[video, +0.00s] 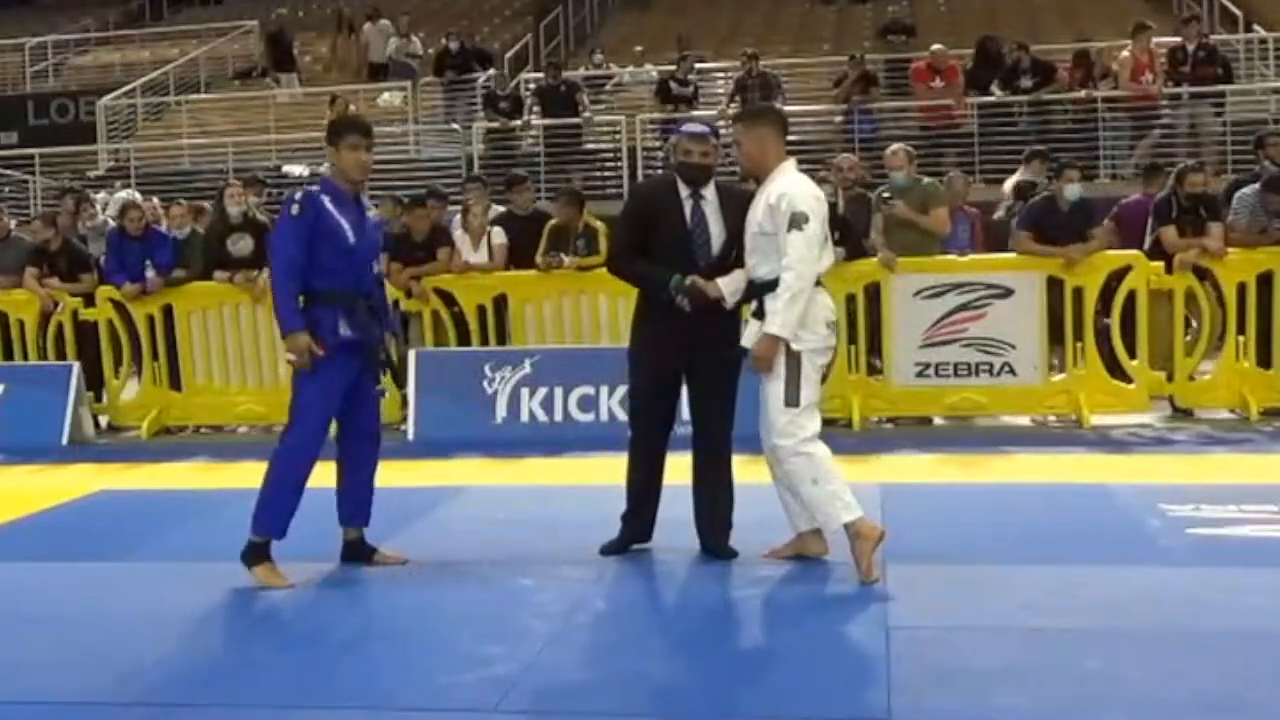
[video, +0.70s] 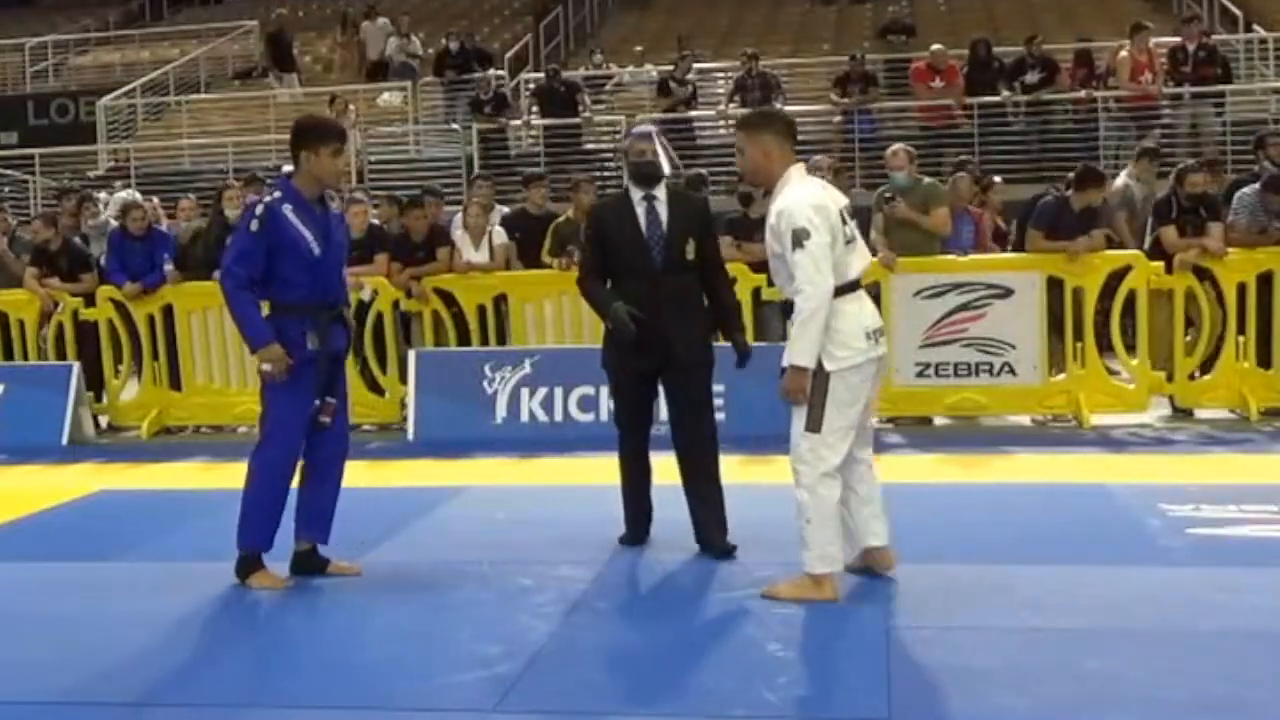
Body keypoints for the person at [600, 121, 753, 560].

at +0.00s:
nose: (695, 159)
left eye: (704, 152)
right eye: (687, 151)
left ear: (717, 156)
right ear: (672, 154)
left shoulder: (739, 201)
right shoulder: (648, 197)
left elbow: (762, 263)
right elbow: (619, 259)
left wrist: (727, 289)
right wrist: (673, 283)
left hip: (717, 337)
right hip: (657, 335)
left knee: (714, 439)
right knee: (647, 435)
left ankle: (715, 535)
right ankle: (636, 528)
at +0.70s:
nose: (645, 160)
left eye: (652, 152)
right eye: (637, 153)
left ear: (665, 158)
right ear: (624, 161)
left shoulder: (693, 208)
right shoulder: (604, 215)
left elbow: (714, 274)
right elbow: (589, 277)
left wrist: (733, 329)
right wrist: (609, 306)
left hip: (687, 339)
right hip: (630, 343)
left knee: (698, 438)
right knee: (632, 439)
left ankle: (713, 535)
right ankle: (636, 527)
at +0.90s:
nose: (637, 159)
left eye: (643, 152)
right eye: (628, 154)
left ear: (654, 158)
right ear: (614, 161)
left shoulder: (681, 202)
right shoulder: (596, 213)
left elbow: (703, 268)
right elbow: (583, 272)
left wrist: (717, 324)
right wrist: (601, 289)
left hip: (683, 333)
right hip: (627, 336)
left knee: (691, 431)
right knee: (631, 435)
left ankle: (703, 525)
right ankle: (636, 524)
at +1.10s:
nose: (642, 160)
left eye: (648, 153)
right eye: (633, 154)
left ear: (660, 159)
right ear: (618, 161)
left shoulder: (682, 204)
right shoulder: (602, 210)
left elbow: (705, 268)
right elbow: (584, 267)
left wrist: (725, 322)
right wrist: (599, 243)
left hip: (682, 330)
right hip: (628, 334)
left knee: (699, 413)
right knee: (631, 430)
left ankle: (700, 489)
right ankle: (636, 522)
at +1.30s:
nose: (654, 162)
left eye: (660, 155)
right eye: (646, 155)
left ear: (672, 160)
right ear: (634, 161)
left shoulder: (693, 207)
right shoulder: (622, 206)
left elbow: (713, 267)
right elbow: (600, 238)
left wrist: (728, 318)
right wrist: (612, 197)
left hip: (690, 329)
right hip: (637, 331)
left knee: (694, 423)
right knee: (638, 430)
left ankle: (694, 504)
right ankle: (636, 523)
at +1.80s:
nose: (673, 166)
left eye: (680, 159)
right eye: (666, 159)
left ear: (690, 163)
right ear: (652, 162)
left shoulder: (702, 207)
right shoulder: (632, 203)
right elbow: (628, 255)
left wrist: (723, 323)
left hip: (697, 317)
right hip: (643, 312)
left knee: (695, 418)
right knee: (639, 411)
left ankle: (693, 503)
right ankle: (634, 487)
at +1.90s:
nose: (668, 167)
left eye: (675, 160)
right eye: (660, 160)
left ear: (686, 164)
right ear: (648, 163)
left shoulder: (701, 206)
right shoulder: (629, 203)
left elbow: (720, 264)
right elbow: (624, 256)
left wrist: (728, 327)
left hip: (696, 313)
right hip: (640, 309)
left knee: (694, 415)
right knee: (639, 408)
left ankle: (693, 502)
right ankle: (636, 481)